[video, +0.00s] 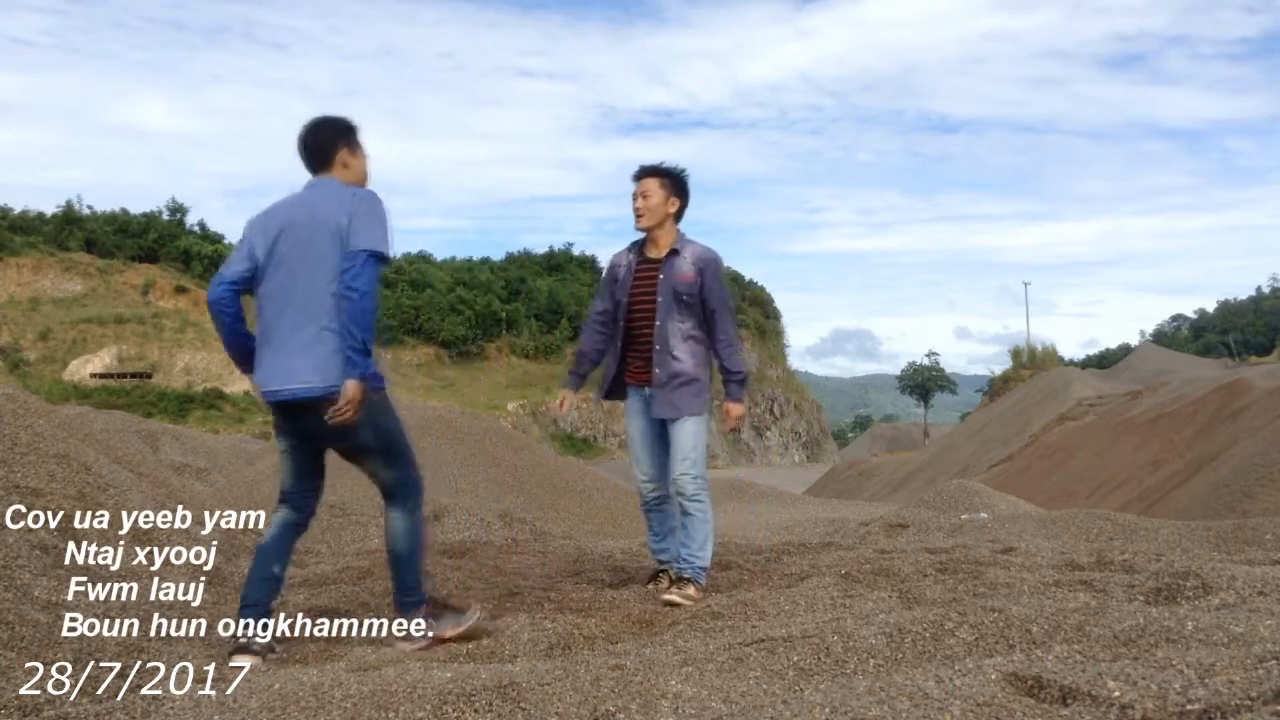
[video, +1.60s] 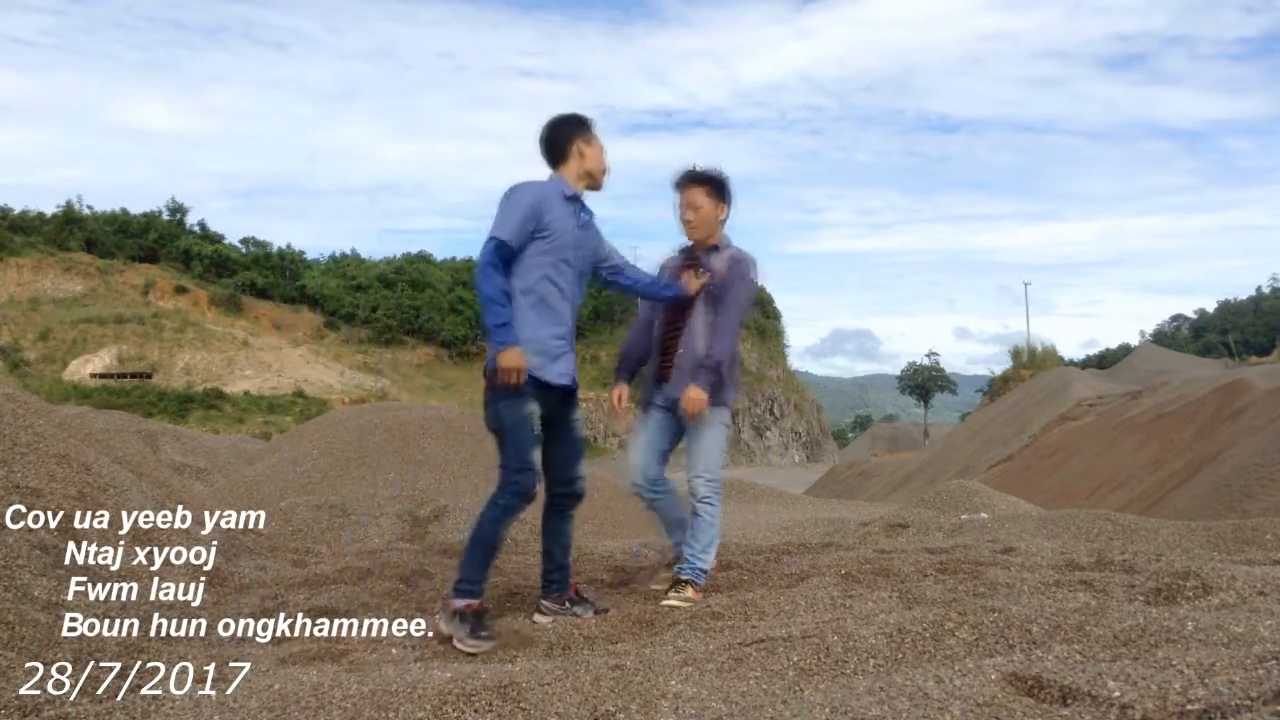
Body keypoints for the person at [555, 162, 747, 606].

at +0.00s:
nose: (636, 204)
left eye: (646, 197)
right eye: (635, 197)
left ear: (674, 204)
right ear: (637, 204)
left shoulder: (701, 261)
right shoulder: (621, 264)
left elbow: (723, 330)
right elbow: (598, 325)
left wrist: (735, 392)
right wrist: (574, 382)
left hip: (685, 391)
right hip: (637, 391)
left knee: (687, 483)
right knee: (650, 486)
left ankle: (691, 576)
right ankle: (666, 567)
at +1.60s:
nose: (686, 216)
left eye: (695, 208)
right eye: (682, 209)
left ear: (721, 210)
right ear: (679, 212)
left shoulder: (738, 265)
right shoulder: (672, 266)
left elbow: (727, 329)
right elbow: (646, 322)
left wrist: (704, 382)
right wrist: (623, 374)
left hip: (709, 395)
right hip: (662, 392)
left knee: (703, 484)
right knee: (643, 474)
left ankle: (692, 574)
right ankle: (690, 546)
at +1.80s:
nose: (722, 238)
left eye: (732, 231)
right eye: (719, 230)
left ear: (755, 240)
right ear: (714, 236)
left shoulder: (769, 296)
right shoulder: (695, 288)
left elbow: (774, 344)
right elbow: (659, 330)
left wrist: (745, 335)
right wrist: (628, 362)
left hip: (741, 403)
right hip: (697, 403)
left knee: (718, 474)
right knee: (693, 493)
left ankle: (702, 571)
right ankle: (739, 565)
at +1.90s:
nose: (729, 244)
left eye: (739, 237)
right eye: (726, 237)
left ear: (761, 247)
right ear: (720, 243)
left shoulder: (782, 300)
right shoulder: (705, 299)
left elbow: (801, 354)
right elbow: (675, 341)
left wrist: (775, 342)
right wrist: (645, 369)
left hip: (756, 404)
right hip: (712, 406)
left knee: (736, 466)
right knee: (697, 487)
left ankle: (740, 558)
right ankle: (724, 555)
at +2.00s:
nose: (742, 240)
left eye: (751, 233)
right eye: (738, 234)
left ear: (773, 239)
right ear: (734, 239)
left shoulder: (796, 291)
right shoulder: (719, 295)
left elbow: (820, 342)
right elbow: (700, 347)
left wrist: (808, 373)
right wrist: (681, 376)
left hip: (776, 400)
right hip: (728, 402)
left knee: (766, 461)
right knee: (719, 483)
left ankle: (781, 540)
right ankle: (736, 567)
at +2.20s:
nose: (762, 256)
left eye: (771, 248)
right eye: (758, 249)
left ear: (793, 253)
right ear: (754, 253)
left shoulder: (816, 301)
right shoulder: (748, 300)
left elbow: (836, 360)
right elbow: (740, 356)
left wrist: (852, 414)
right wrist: (730, 403)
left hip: (812, 408)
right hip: (768, 407)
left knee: (806, 477)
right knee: (742, 467)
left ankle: (812, 552)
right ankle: (772, 544)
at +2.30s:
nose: (771, 246)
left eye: (779, 239)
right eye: (766, 240)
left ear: (800, 242)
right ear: (762, 243)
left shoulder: (824, 287)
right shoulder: (757, 294)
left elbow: (844, 345)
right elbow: (753, 349)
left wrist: (855, 397)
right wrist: (749, 395)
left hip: (821, 399)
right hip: (778, 402)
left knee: (808, 469)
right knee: (766, 474)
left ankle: (814, 547)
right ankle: (800, 529)